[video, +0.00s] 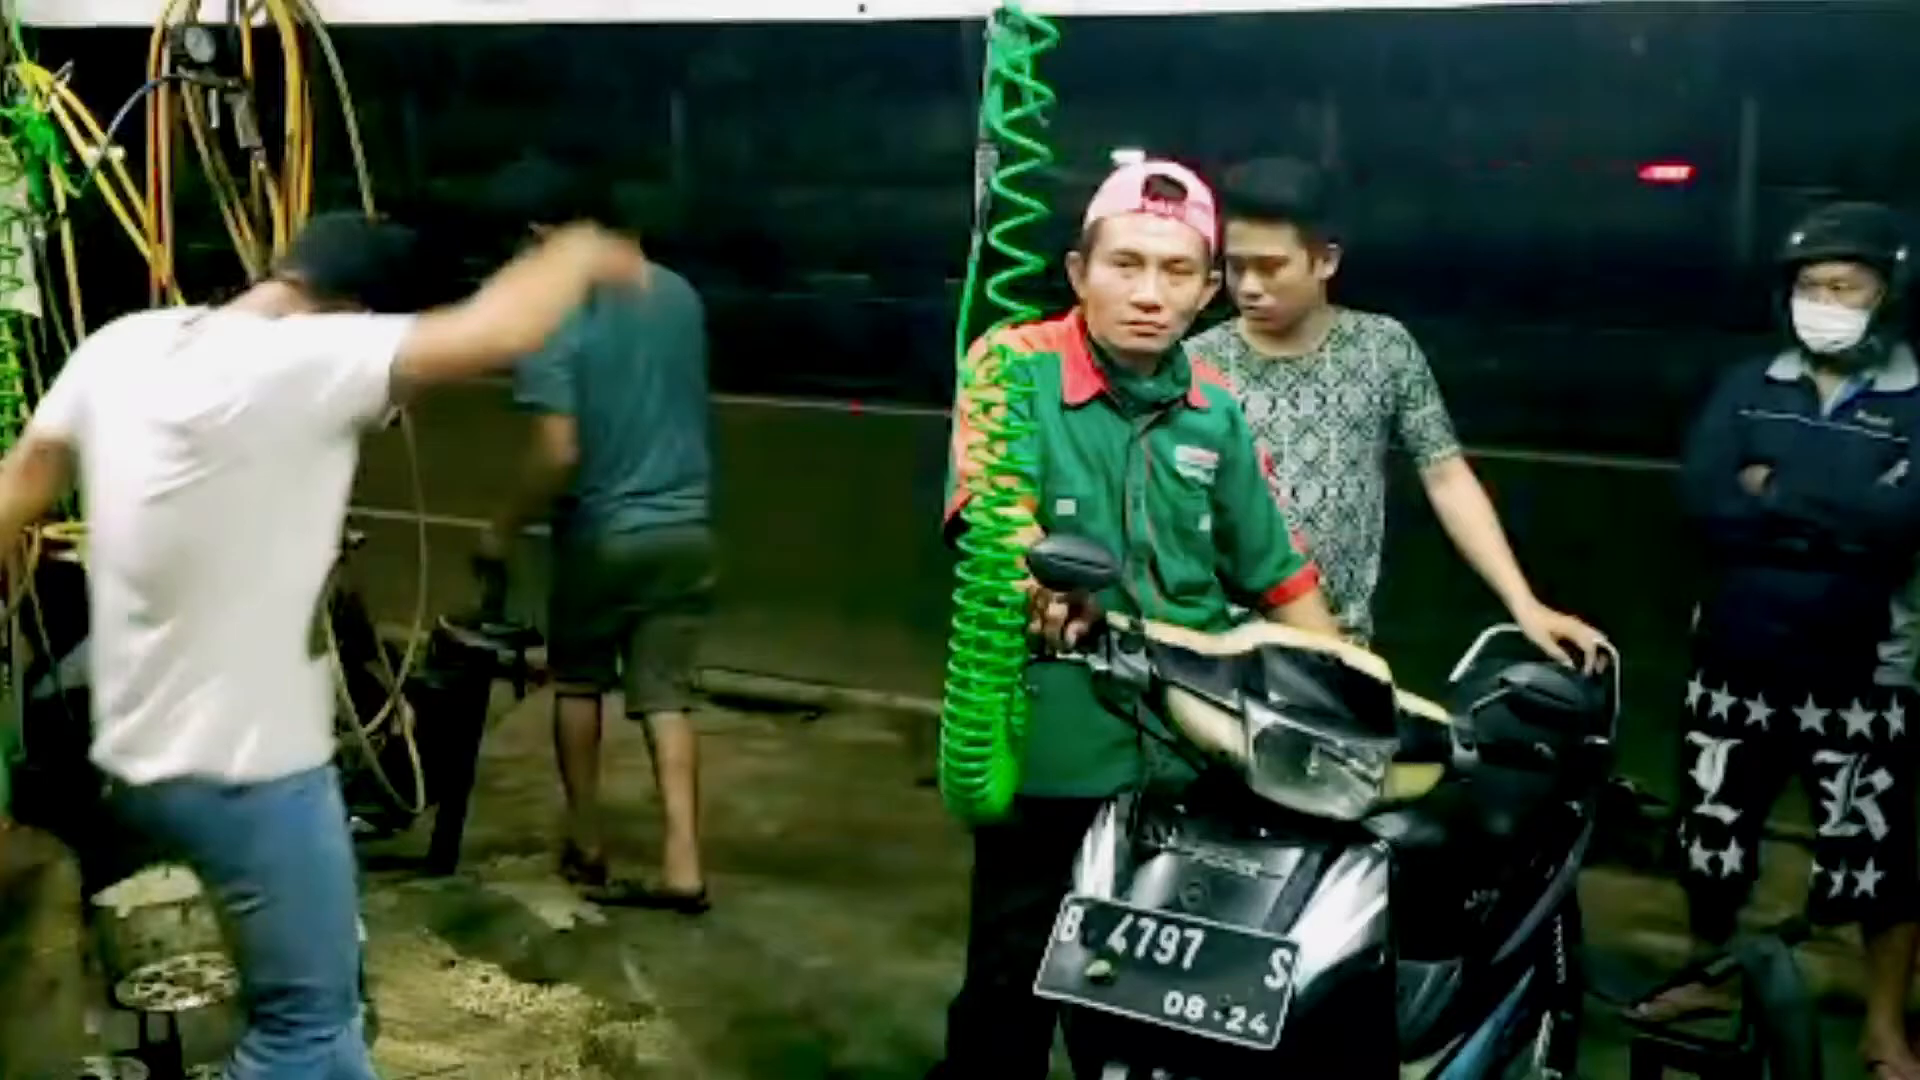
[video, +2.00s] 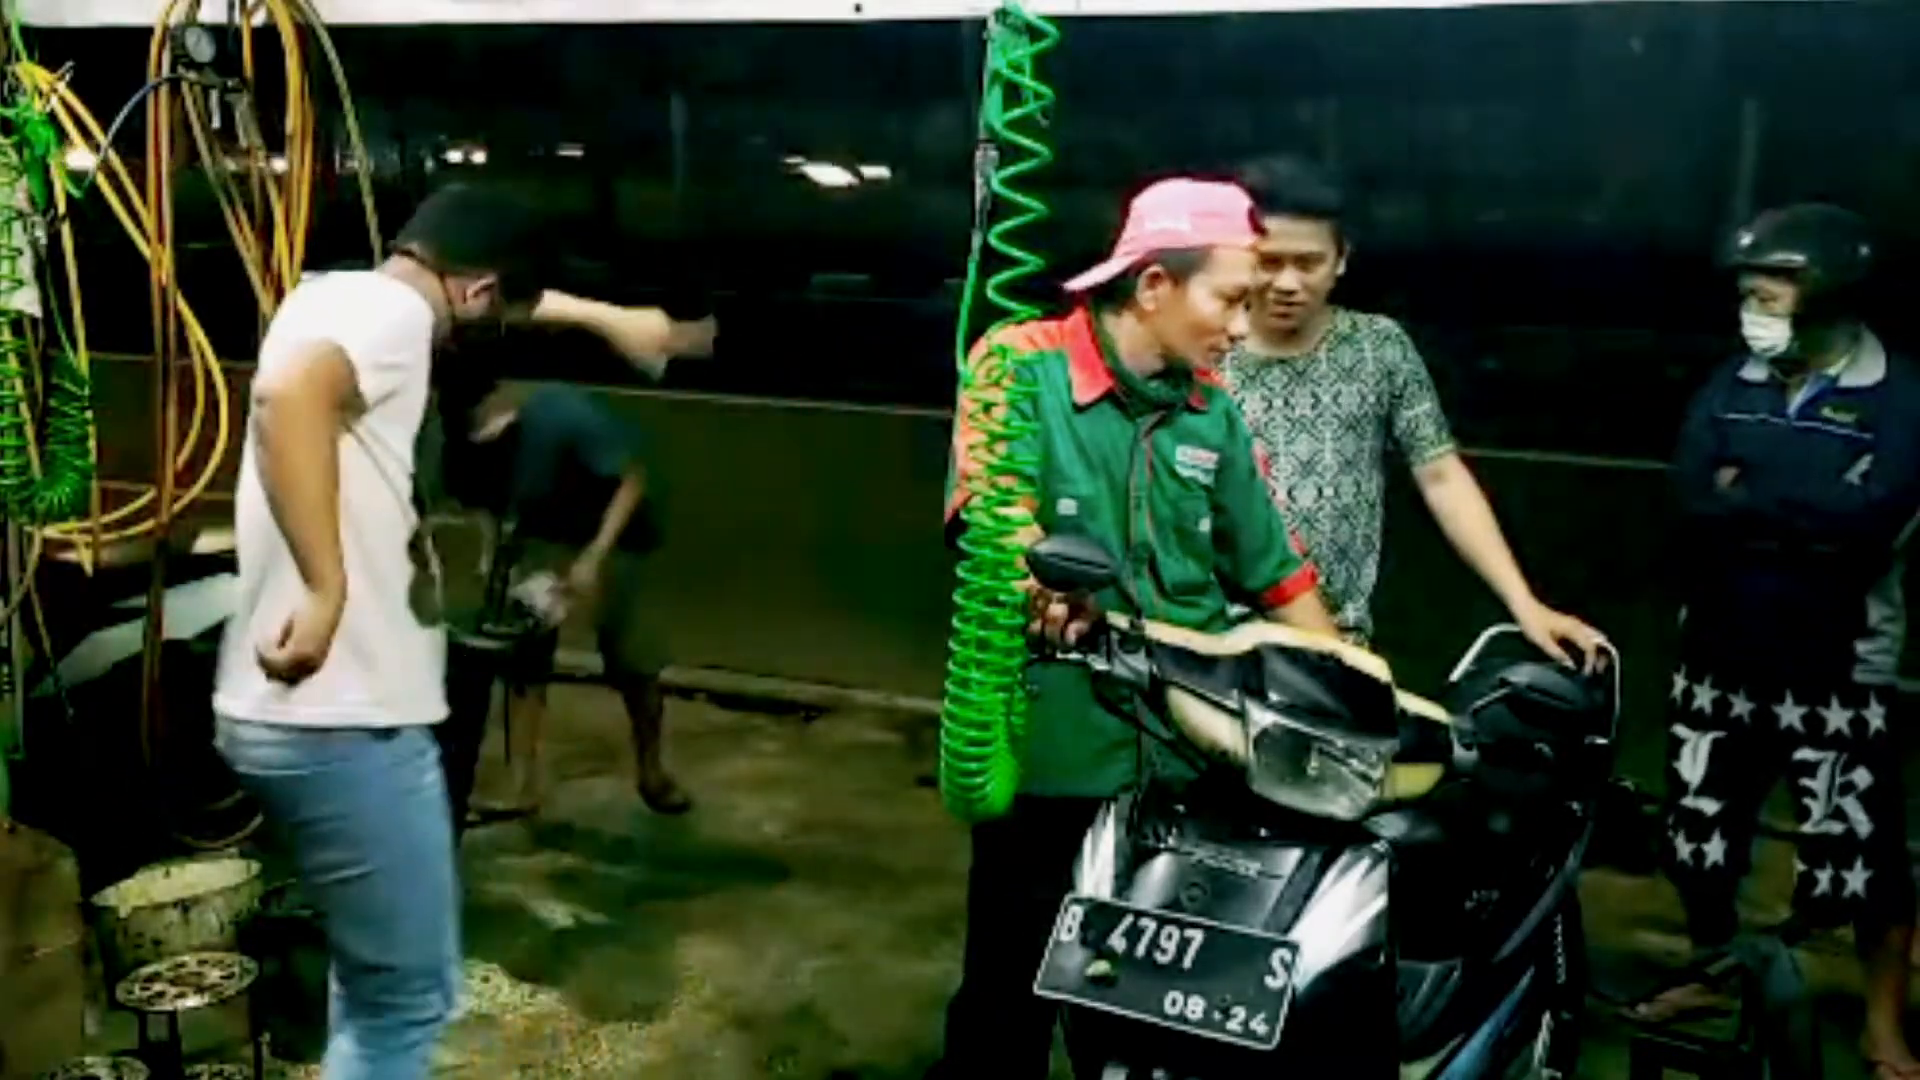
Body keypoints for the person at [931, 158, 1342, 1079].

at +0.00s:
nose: (1150, 294)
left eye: (1178, 272)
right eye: (1125, 265)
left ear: (1207, 287)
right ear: (1079, 272)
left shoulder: (1211, 411)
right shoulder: (1015, 368)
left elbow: (1284, 581)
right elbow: (988, 509)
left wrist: (1358, 692)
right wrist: (1042, 594)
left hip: (1187, 750)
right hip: (1049, 748)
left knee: (1156, 1002)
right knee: (1008, 1004)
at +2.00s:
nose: (1237, 327)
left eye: (1244, 305)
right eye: (1227, 301)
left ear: (1170, 293)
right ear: (1155, 287)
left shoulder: (1212, 414)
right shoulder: (1018, 367)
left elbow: (1282, 579)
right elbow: (989, 512)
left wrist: (1351, 691)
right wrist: (1043, 596)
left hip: (1183, 756)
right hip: (1049, 753)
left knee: (1154, 1009)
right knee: (1006, 1009)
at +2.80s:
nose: (1233, 329)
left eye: (1243, 308)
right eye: (1221, 302)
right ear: (1146, 284)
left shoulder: (1215, 419)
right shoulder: (1018, 365)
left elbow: (1284, 580)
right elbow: (988, 505)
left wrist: (1340, 701)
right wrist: (1043, 592)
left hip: (1185, 761)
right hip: (1046, 758)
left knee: (1158, 1014)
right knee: (1005, 1014)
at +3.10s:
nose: (1231, 328)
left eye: (1241, 308)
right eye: (1218, 300)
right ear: (1143, 280)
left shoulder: (1216, 419)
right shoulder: (1019, 365)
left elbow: (1283, 583)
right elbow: (992, 508)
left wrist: (1345, 697)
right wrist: (1044, 595)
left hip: (1186, 760)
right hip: (1047, 756)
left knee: (1158, 1015)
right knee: (1005, 1013)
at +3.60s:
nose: (1219, 324)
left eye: (1232, 303)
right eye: (1203, 295)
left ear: (1242, 303)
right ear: (1125, 277)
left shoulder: (1218, 417)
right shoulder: (1019, 367)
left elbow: (1287, 586)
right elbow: (994, 511)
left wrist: (1342, 703)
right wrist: (1045, 596)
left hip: (1187, 762)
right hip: (1047, 760)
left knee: (1159, 1016)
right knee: (1006, 1015)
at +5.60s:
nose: (903, 345)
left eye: (926, 319)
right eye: (888, 318)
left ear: (1006, 306)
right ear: (873, 308)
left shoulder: (1100, 408)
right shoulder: (861, 418)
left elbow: (1211, 586)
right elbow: (853, 616)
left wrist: (1325, 652)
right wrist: (970, 713)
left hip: (1092, 792)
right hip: (922, 790)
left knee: (1135, 1033)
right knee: (863, 1039)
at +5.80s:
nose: (781, 328)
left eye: (800, 301)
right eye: (771, 302)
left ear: (888, 288)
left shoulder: (1016, 400)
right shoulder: (779, 418)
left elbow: (1112, 577)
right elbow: (734, 610)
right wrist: (742, 779)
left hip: (1011, 817)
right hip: (840, 819)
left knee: (1071, 1054)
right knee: (843, 1058)